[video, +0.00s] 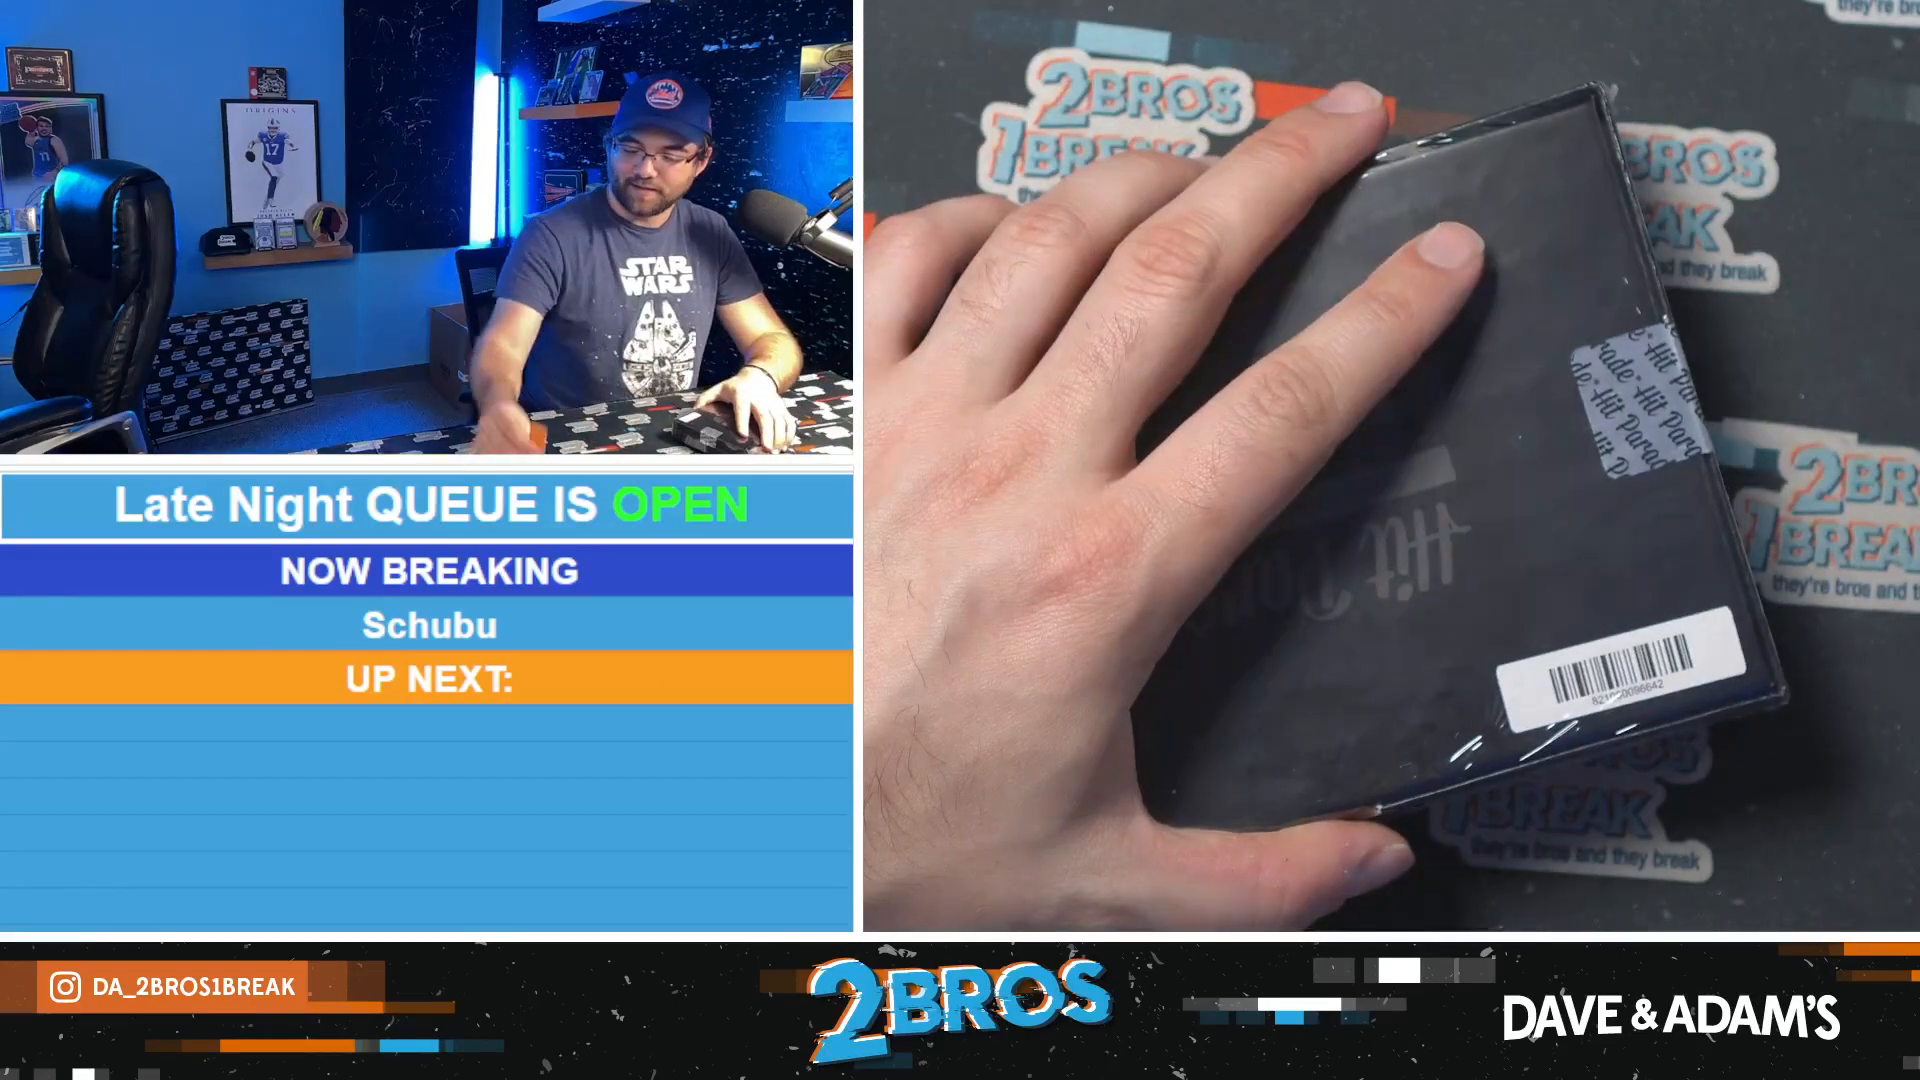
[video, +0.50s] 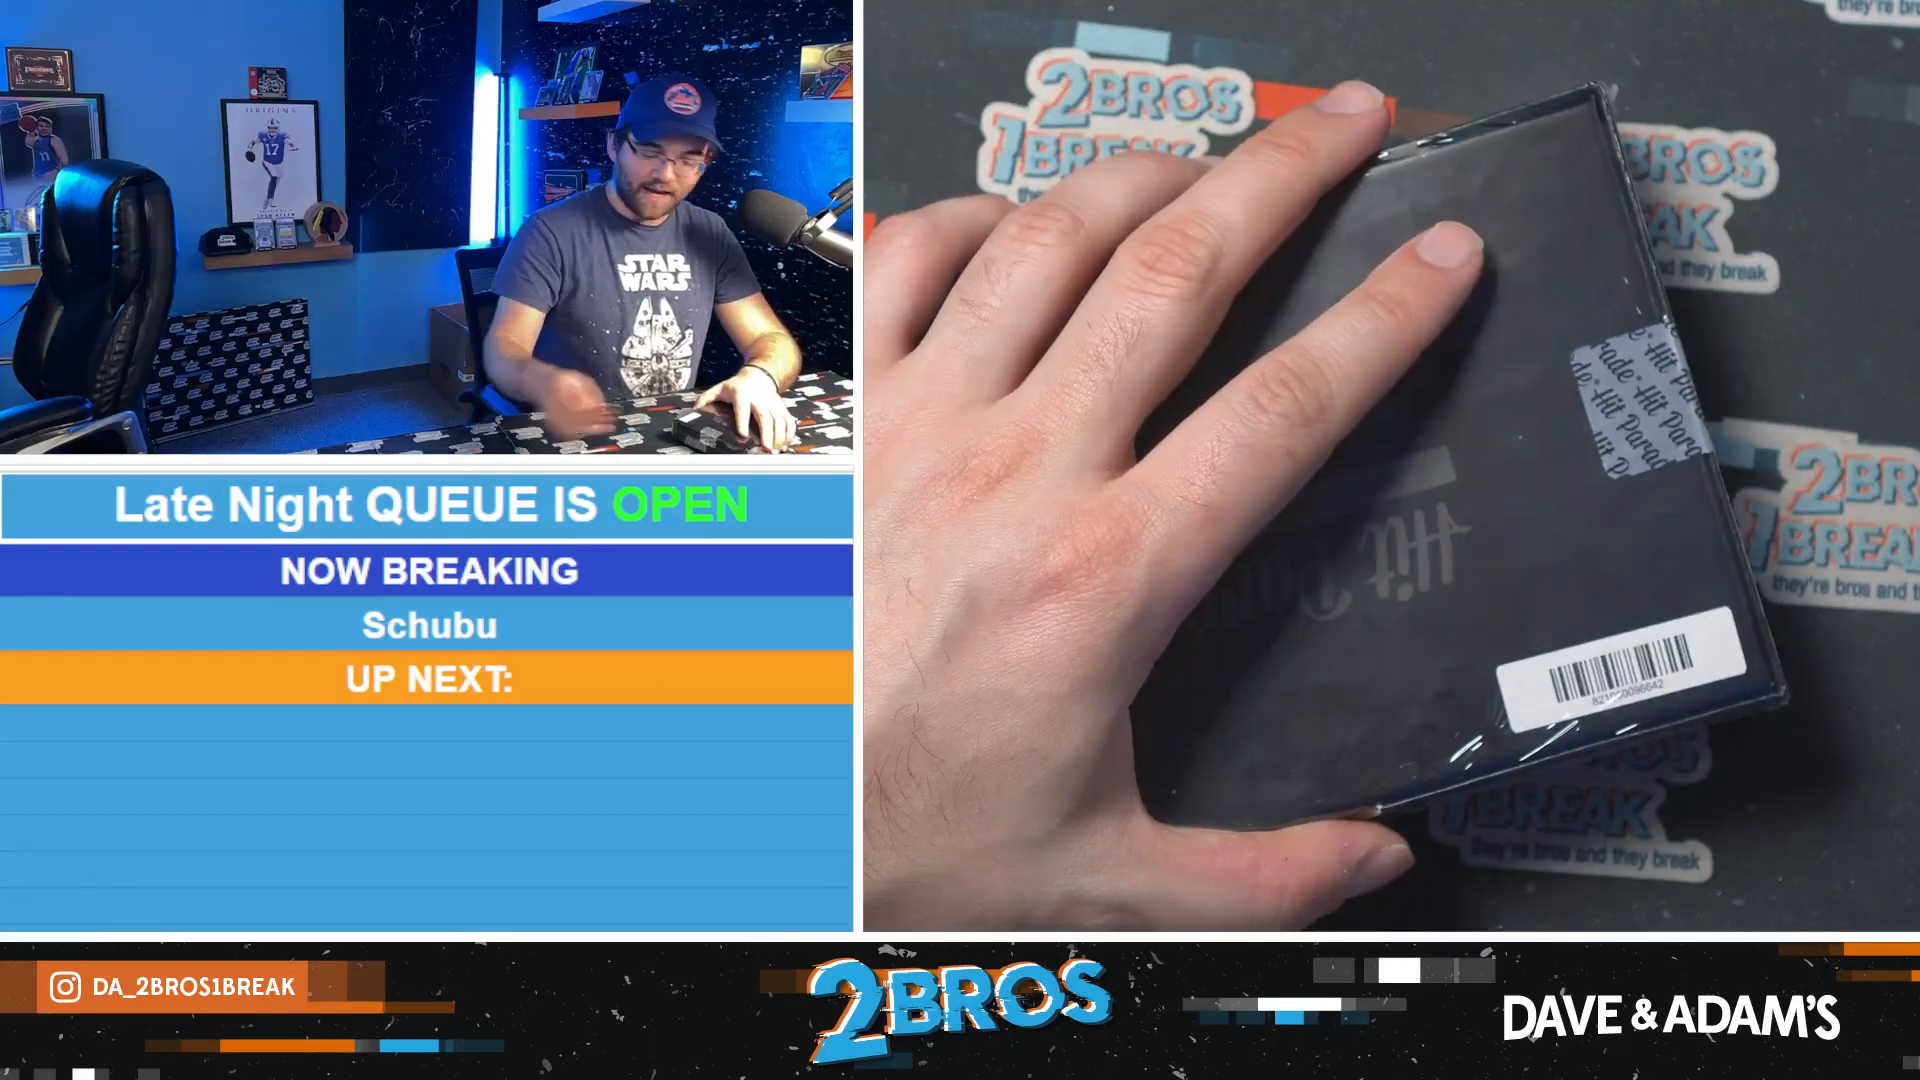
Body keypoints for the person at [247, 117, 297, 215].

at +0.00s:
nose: (273, 130)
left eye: (275, 128)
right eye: (271, 128)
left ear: (278, 128)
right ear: (268, 128)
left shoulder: (283, 136)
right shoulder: (263, 136)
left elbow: (289, 142)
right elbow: (253, 142)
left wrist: (292, 146)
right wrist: (250, 149)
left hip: (278, 163)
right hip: (267, 162)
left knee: (276, 181)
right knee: (274, 176)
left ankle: (267, 200)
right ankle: (270, 199)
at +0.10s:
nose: (273, 130)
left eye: (275, 128)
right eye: (271, 128)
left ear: (278, 128)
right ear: (268, 128)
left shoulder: (283, 136)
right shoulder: (263, 136)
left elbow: (289, 142)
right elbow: (253, 142)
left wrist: (292, 146)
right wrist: (250, 149)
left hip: (278, 163)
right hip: (267, 162)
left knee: (276, 181)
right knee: (274, 176)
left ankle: (267, 200)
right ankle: (270, 199)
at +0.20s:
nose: (273, 130)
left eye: (275, 128)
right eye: (271, 128)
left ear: (278, 128)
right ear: (268, 128)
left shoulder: (283, 136)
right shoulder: (263, 136)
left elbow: (289, 142)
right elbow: (253, 142)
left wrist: (292, 146)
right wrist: (250, 149)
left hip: (278, 163)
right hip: (267, 162)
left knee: (276, 181)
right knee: (274, 176)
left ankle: (267, 200)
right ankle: (270, 199)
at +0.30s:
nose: (273, 130)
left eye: (275, 128)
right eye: (271, 128)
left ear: (278, 129)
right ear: (268, 128)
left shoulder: (282, 136)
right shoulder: (263, 136)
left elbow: (289, 142)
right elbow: (253, 142)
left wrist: (292, 147)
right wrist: (250, 148)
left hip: (278, 163)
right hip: (267, 162)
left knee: (276, 182)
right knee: (274, 176)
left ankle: (267, 200)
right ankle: (270, 199)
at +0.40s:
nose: (273, 130)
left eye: (275, 128)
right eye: (271, 128)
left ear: (278, 128)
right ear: (268, 128)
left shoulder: (283, 136)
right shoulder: (263, 136)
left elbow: (289, 142)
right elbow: (253, 142)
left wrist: (292, 146)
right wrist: (250, 149)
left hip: (278, 163)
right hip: (267, 162)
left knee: (276, 181)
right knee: (274, 176)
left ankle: (267, 200)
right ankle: (270, 199)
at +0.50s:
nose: (272, 130)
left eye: (275, 128)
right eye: (270, 128)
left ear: (278, 129)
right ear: (268, 128)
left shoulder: (283, 136)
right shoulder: (263, 136)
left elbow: (289, 142)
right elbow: (253, 142)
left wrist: (292, 146)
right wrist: (250, 149)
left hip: (278, 163)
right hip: (267, 162)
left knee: (276, 181)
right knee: (274, 176)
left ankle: (267, 200)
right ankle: (270, 199)